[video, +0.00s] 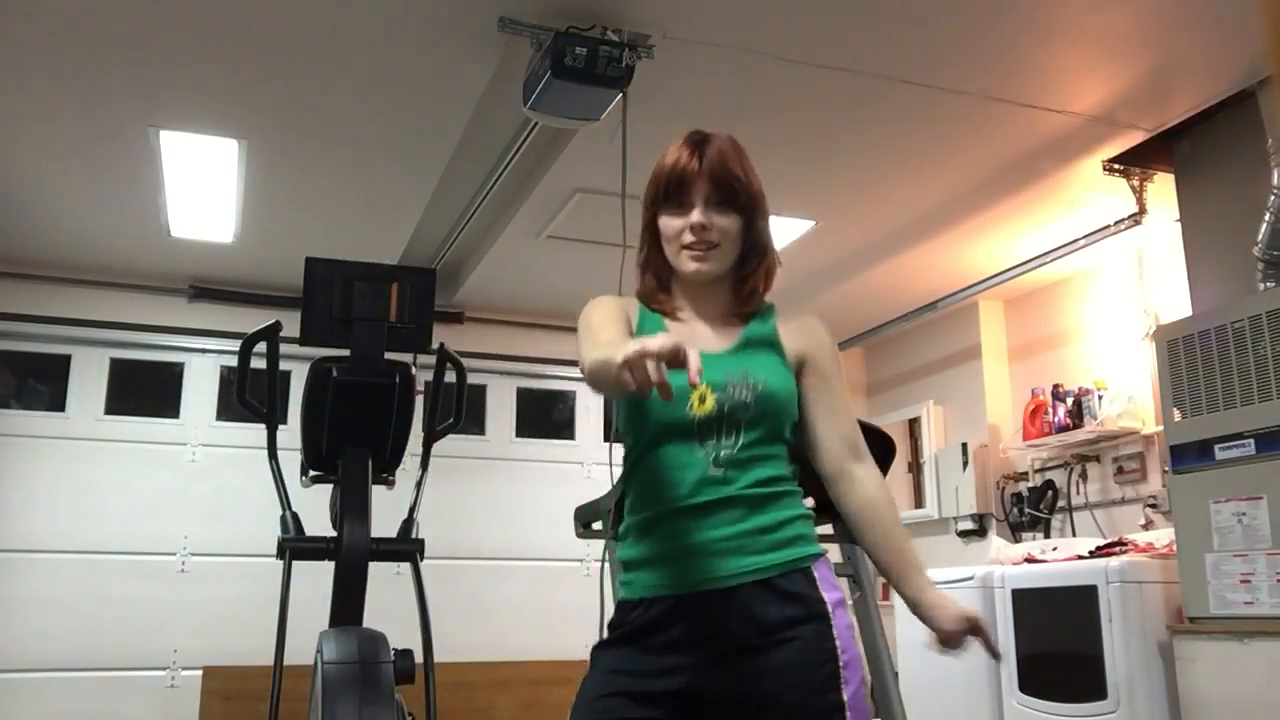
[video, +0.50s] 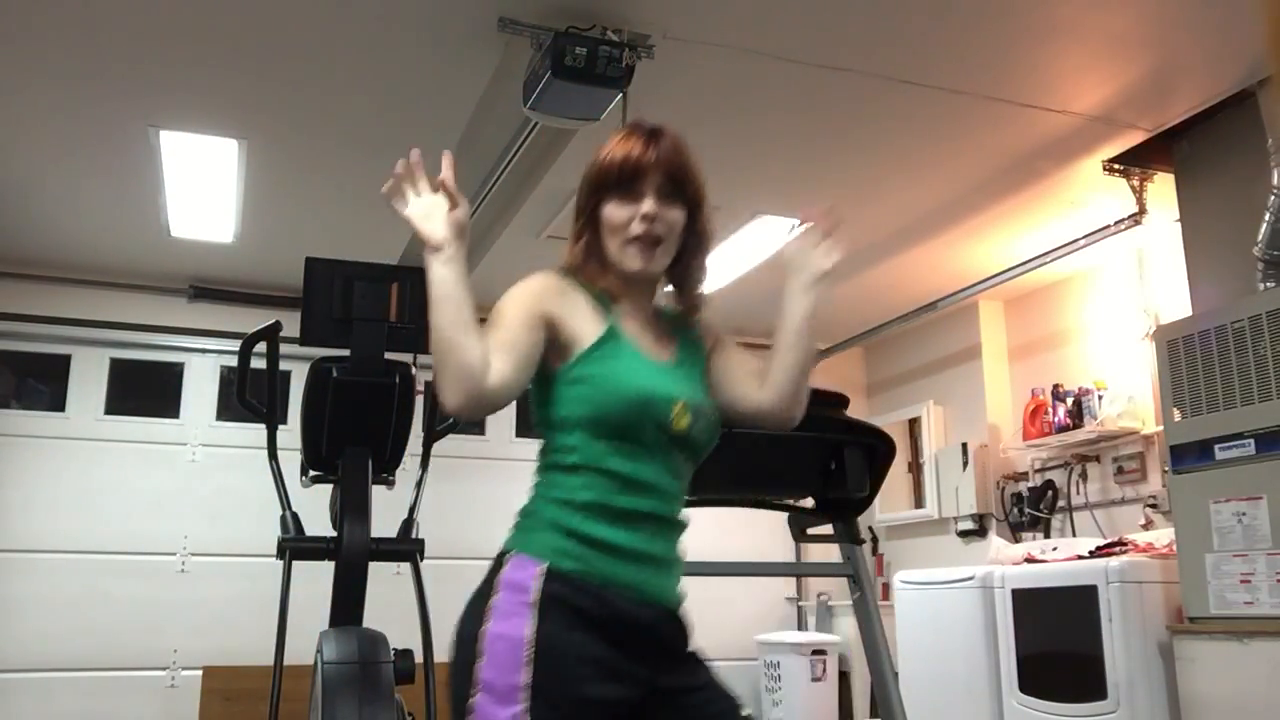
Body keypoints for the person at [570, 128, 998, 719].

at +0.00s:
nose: (697, 221)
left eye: (720, 204)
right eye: (676, 204)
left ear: (750, 221)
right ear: (654, 221)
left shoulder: (798, 334)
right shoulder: (615, 315)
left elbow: (849, 470)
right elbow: (600, 362)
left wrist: (928, 599)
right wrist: (629, 361)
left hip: (786, 614)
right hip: (655, 623)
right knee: (597, 711)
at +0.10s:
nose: (710, 229)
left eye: (732, 212)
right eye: (690, 212)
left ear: (762, 233)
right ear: (668, 229)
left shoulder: (796, 357)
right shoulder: (620, 313)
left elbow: (841, 484)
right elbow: (586, 368)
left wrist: (967, 561)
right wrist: (614, 372)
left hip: (777, 630)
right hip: (646, 641)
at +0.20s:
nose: (706, 194)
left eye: (729, 179)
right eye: (686, 177)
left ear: (757, 202)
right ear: (662, 194)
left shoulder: (782, 324)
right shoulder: (618, 280)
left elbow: (834, 432)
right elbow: (559, 382)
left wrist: (942, 433)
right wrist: (557, 322)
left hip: (756, 595)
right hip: (630, 598)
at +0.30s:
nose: (690, 171)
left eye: (712, 155)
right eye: (670, 152)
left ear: (738, 176)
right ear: (642, 168)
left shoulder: (762, 294)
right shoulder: (596, 251)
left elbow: (828, 383)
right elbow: (537, 366)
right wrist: (502, 260)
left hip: (728, 570)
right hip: (610, 563)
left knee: (770, 712)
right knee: (588, 714)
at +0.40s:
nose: (670, 183)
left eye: (690, 167)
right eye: (649, 165)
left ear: (714, 188)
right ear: (617, 182)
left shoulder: (730, 303)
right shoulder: (578, 265)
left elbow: (802, 376)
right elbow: (504, 374)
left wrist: (863, 257)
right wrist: (464, 240)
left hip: (688, 590)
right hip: (580, 581)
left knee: (742, 711)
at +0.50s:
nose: (649, 212)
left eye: (669, 196)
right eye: (628, 194)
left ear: (689, 218)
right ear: (595, 211)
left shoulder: (696, 335)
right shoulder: (551, 298)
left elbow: (777, 406)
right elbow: (465, 391)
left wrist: (803, 284)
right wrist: (443, 250)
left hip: (649, 624)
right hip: (547, 611)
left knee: (718, 712)